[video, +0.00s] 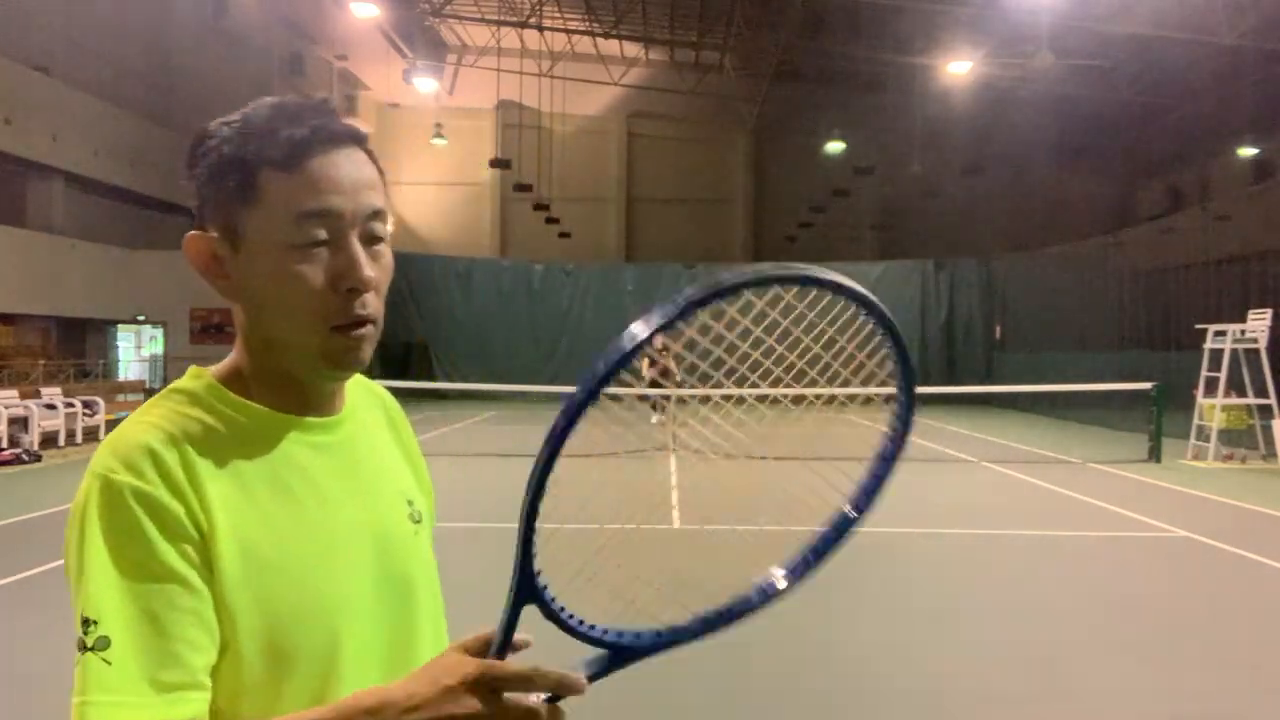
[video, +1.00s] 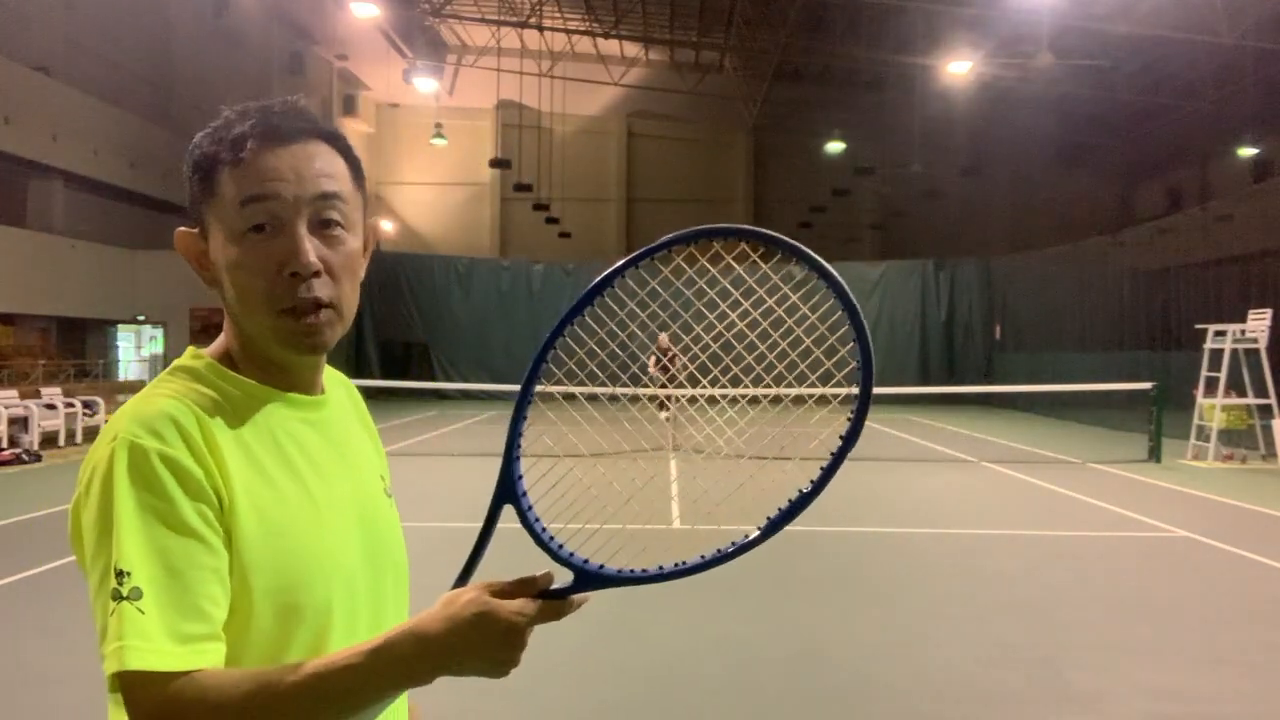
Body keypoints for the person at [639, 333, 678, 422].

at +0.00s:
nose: (658, 342)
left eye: (660, 340)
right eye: (656, 340)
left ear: (663, 341)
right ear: (652, 342)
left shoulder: (666, 354)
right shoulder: (649, 355)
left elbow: (671, 364)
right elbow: (645, 366)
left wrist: (677, 374)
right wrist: (646, 375)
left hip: (665, 378)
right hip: (653, 378)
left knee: (665, 396)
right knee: (654, 395)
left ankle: (662, 414)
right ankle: (655, 413)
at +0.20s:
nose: (658, 340)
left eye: (660, 337)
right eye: (656, 337)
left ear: (663, 338)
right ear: (653, 339)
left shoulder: (667, 350)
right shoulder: (651, 351)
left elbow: (672, 362)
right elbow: (646, 363)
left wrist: (676, 372)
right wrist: (646, 374)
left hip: (665, 376)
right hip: (654, 376)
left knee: (667, 395)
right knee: (654, 395)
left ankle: (665, 412)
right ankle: (654, 413)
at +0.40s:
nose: (661, 342)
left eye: (662, 340)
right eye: (659, 340)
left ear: (665, 340)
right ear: (655, 341)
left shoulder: (669, 352)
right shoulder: (653, 354)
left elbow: (674, 362)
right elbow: (647, 364)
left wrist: (675, 371)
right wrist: (647, 375)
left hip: (667, 376)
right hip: (656, 376)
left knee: (668, 394)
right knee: (655, 395)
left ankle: (667, 413)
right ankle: (654, 413)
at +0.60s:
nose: (664, 340)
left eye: (666, 338)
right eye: (662, 338)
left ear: (669, 339)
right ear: (658, 339)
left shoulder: (672, 349)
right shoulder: (655, 349)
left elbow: (676, 360)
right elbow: (650, 362)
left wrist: (679, 369)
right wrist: (650, 372)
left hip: (669, 373)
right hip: (658, 373)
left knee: (668, 393)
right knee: (656, 393)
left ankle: (666, 412)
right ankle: (656, 411)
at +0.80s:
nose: (665, 341)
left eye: (667, 339)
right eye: (663, 339)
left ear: (669, 340)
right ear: (660, 340)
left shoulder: (671, 352)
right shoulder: (657, 352)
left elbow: (678, 362)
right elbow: (651, 361)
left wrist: (681, 372)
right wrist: (652, 370)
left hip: (670, 374)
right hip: (660, 374)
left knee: (669, 393)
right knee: (660, 392)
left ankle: (666, 412)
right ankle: (659, 409)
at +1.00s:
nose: (664, 342)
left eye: (665, 339)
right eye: (661, 340)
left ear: (669, 340)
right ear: (658, 341)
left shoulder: (672, 352)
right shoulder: (655, 353)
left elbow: (677, 364)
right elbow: (651, 364)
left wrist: (676, 369)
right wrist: (653, 370)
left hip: (670, 374)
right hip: (659, 374)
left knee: (669, 392)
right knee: (661, 391)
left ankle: (668, 410)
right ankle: (662, 410)